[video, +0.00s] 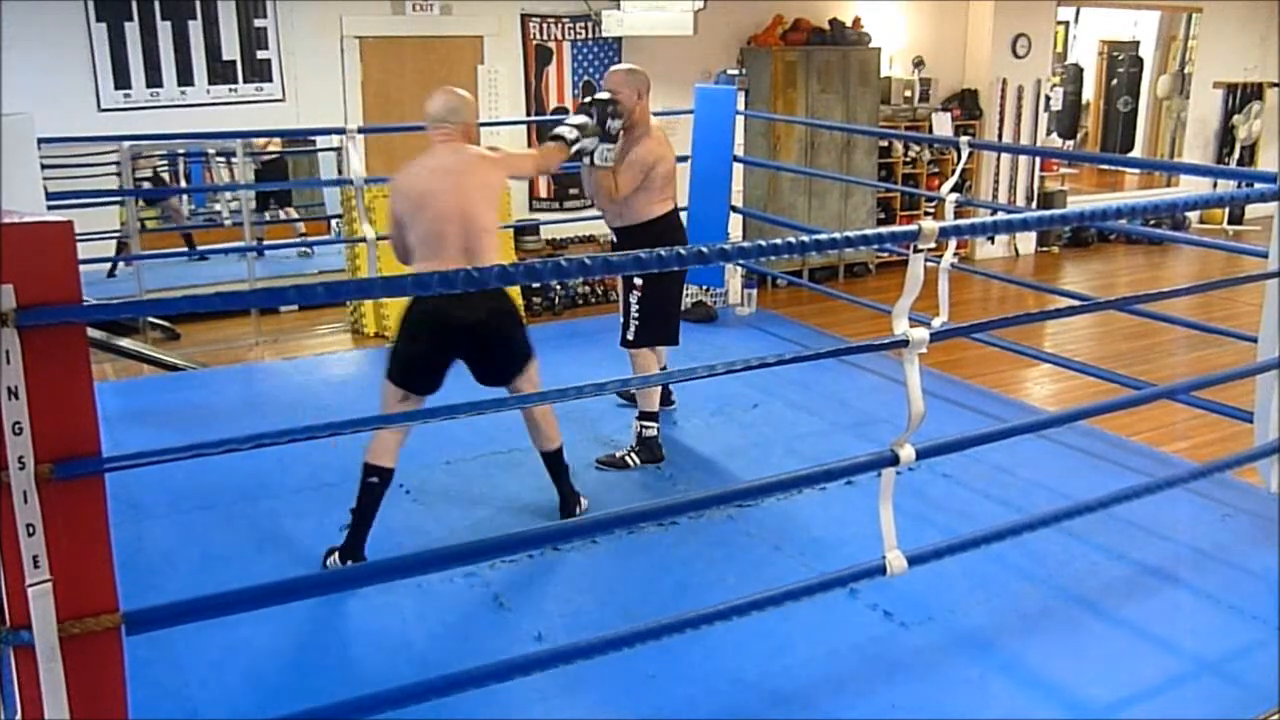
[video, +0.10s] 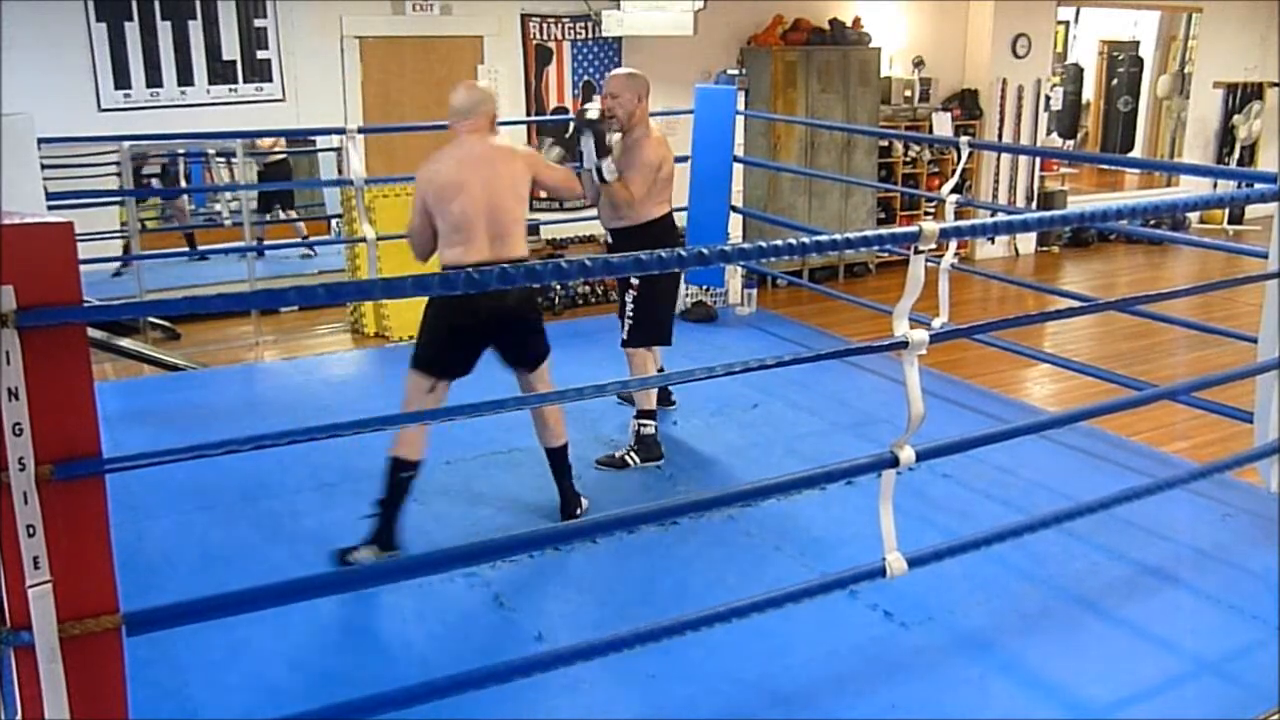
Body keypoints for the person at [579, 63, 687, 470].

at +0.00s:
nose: (607, 103)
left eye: (613, 96)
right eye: (606, 96)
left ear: (639, 98)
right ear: (628, 99)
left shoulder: (649, 145)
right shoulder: (624, 140)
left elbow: (609, 196)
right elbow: (593, 192)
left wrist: (592, 152)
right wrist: (586, 147)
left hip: (654, 243)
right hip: (636, 240)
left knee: (638, 344)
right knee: (645, 329)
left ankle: (647, 442)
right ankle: (659, 390)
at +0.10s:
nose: (605, 104)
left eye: (614, 97)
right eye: (604, 96)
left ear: (639, 102)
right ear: (611, 101)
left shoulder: (648, 145)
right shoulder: (622, 142)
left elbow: (625, 201)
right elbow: (590, 194)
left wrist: (601, 160)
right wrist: (585, 146)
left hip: (651, 245)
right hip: (629, 242)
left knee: (636, 344)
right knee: (639, 328)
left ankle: (646, 440)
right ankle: (658, 387)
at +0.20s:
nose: (605, 105)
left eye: (614, 98)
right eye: (604, 97)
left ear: (638, 103)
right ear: (609, 102)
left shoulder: (649, 148)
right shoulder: (615, 144)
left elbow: (649, 211)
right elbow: (590, 196)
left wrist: (610, 172)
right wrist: (586, 149)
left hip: (649, 245)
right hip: (621, 242)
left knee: (634, 337)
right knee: (626, 324)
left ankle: (641, 434)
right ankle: (656, 386)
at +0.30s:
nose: (602, 99)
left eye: (610, 91)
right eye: (600, 91)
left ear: (633, 96)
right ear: (603, 96)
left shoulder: (648, 138)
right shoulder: (605, 136)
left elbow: (664, 199)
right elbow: (584, 189)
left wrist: (624, 168)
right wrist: (582, 144)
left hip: (643, 234)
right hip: (612, 233)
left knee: (621, 327)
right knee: (628, 322)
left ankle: (637, 420)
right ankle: (658, 386)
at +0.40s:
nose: (599, 91)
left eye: (606, 83)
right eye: (596, 83)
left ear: (628, 86)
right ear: (595, 87)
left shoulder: (646, 129)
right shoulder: (596, 129)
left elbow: (655, 188)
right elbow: (582, 185)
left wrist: (630, 155)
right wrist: (576, 144)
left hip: (640, 223)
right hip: (606, 224)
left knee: (613, 317)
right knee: (629, 313)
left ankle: (637, 401)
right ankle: (657, 383)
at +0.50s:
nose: (591, 90)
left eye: (599, 83)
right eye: (588, 84)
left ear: (621, 85)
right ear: (586, 88)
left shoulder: (638, 128)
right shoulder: (589, 129)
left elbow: (639, 183)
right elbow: (575, 173)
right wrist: (568, 136)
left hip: (636, 220)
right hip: (605, 221)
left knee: (614, 315)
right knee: (607, 306)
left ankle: (638, 393)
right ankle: (645, 363)